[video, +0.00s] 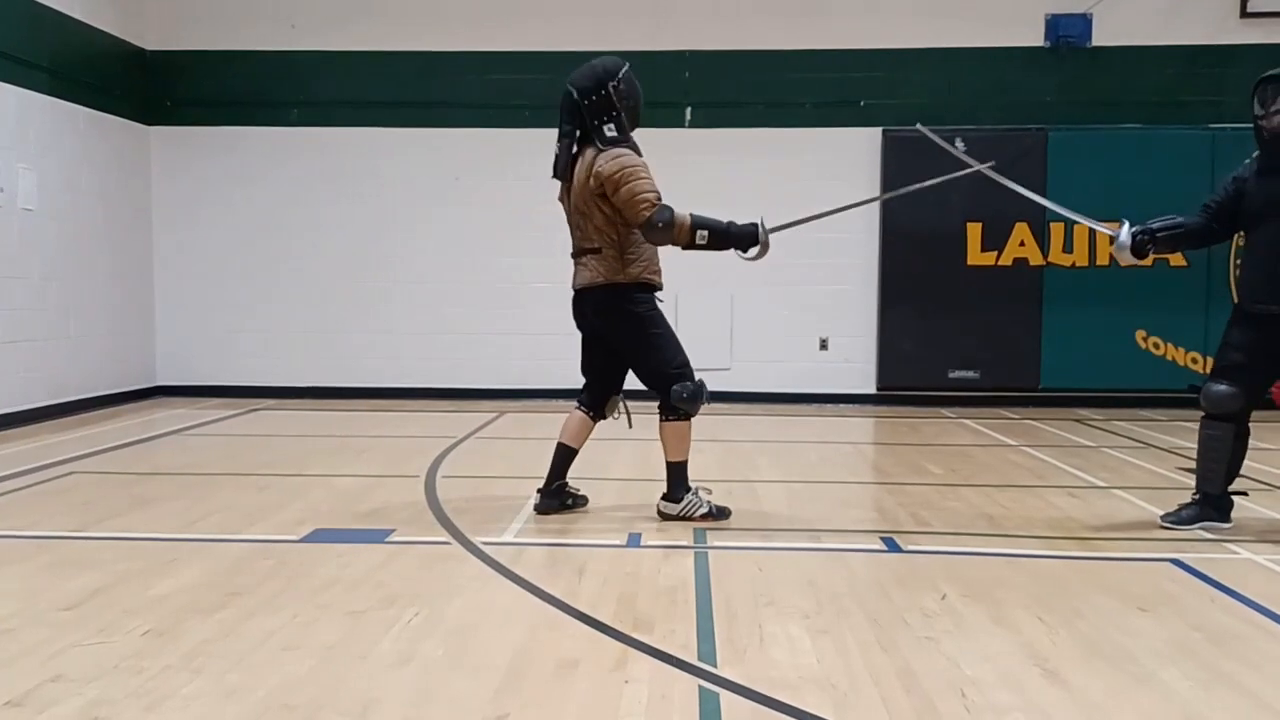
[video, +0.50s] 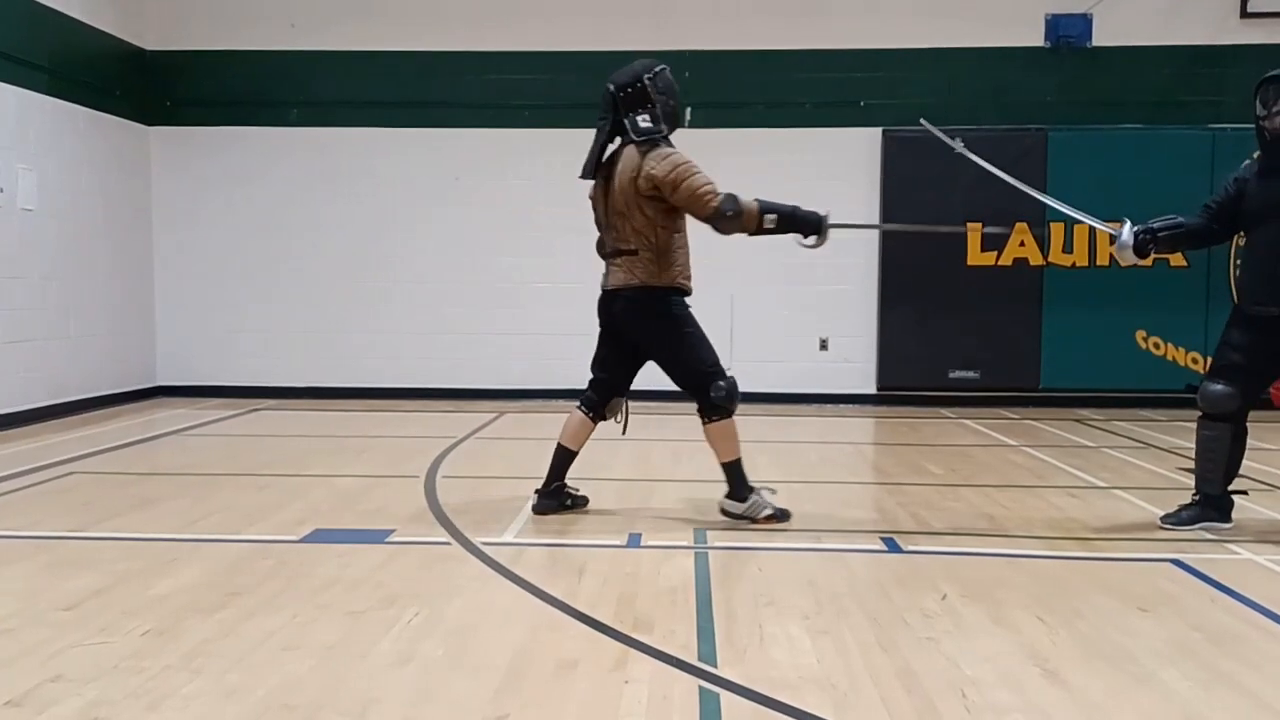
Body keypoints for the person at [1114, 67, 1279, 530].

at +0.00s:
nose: (1268, 121)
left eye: (1274, 113)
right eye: (1266, 112)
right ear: (1260, 118)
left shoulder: (1263, 172)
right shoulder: (1257, 172)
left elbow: (1212, 223)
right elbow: (1212, 223)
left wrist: (1146, 239)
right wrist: (1145, 237)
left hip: (1268, 308)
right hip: (1258, 307)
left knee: (1228, 394)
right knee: (1225, 394)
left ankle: (1212, 498)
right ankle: (1212, 499)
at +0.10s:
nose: (1268, 120)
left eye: (1274, 112)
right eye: (1265, 111)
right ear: (1259, 117)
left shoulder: (1263, 173)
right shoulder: (1256, 172)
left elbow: (1211, 223)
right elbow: (1211, 223)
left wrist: (1145, 239)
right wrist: (1145, 237)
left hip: (1268, 310)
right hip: (1257, 308)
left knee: (1226, 395)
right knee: (1223, 395)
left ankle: (1212, 499)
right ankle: (1212, 500)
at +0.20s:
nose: (1268, 121)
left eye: (1275, 113)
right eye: (1266, 112)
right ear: (1259, 117)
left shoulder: (1263, 171)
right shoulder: (1257, 171)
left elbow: (1212, 223)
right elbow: (1212, 222)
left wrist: (1145, 239)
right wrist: (1145, 237)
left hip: (1267, 310)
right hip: (1257, 308)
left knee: (1225, 395)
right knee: (1222, 394)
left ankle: (1212, 499)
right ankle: (1212, 500)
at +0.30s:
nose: (1271, 120)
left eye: (1277, 112)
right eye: (1268, 111)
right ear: (1261, 116)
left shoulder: (1265, 170)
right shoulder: (1258, 170)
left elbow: (1213, 223)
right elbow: (1213, 223)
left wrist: (1146, 239)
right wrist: (1145, 237)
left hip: (1269, 309)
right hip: (1258, 307)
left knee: (1224, 394)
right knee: (1221, 394)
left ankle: (1212, 499)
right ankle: (1212, 500)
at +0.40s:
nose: (1269, 121)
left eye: (1275, 113)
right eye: (1267, 112)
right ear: (1261, 117)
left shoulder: (1264, 172)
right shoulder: (1258, 172)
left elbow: (1213, 224)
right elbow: (1213, 223)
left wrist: (1146, 239)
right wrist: (1146, 237)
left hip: (1268, 310)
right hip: (1257, 309)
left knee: (1224, 395)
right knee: (1220, 395)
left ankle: (1212, 499)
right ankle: (1211, 500)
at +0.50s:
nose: (1270, 120)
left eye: (1276, 112)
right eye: (1268, 111)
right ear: (1261, 117)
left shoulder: (1264, 172)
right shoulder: (1257, 172)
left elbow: (1213, 223)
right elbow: (1212, 223)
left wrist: (1145, 240)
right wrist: (1145, 238)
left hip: (1268, 311)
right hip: (1257, 309)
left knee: (1225, 395)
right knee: (1221, 395)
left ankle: (1212, 499)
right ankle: (1211, 500)